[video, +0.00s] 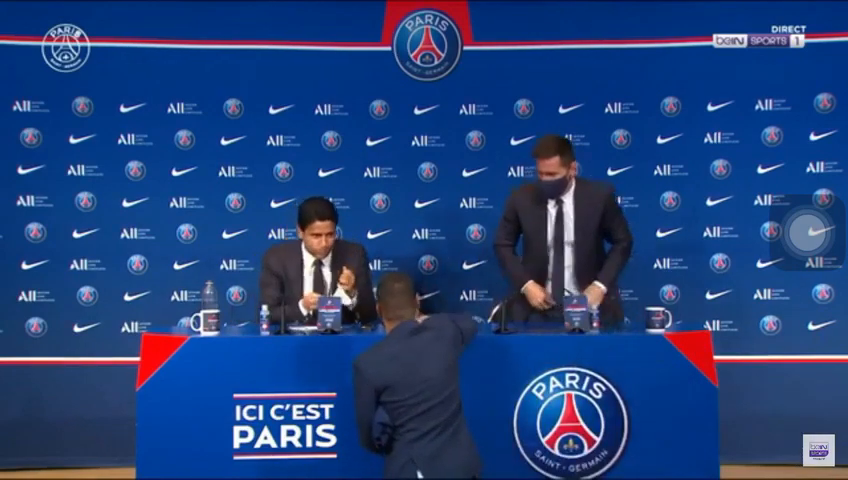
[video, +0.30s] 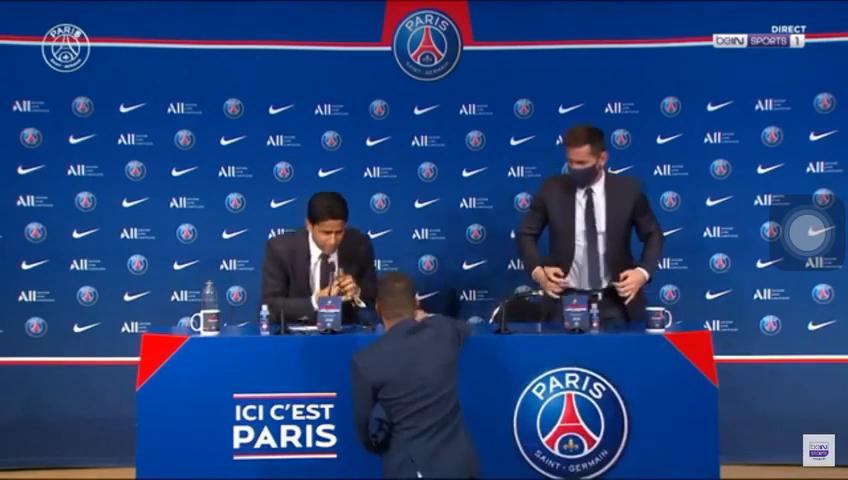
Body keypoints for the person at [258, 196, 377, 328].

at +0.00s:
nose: (324, 243)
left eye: (329, 235)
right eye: (316, 236)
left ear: (336, 231)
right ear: (300, 232)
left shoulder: (353, 254)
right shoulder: (277, 257)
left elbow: (369, 316)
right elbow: (269, 314)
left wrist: (351, 294)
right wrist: (302, 308)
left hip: (343, 344)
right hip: (295, 345)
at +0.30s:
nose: (333, 241)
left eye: (338, 232)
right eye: (326, 233)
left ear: (345, 226)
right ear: (309, 226)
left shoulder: (359, 244)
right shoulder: (280, 249)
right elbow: (271, 307)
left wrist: (357, 294)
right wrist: (316, 302)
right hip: (297, 340)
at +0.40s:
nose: (334, 235)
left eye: (340, 227)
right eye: (328, 227)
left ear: (347, 220)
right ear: (312, 220)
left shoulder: (361, 237)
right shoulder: (282, 240)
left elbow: (372, 289)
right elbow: (270, 297)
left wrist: (358, 288)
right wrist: (315, 300)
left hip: (348, 334)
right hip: (298, 336)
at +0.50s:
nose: (337, 226)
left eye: (343, 218)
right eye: (331, 218)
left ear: (350, 212)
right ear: (315, 210)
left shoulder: (363, 226)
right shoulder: (283, 229)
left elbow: (373, 272)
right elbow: (268, 282)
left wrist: (361, 278)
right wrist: (312, 295)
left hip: (346, 326)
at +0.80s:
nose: (339, 211)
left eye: (345, 203)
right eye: (333, 203)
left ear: (352, 196)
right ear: (316, 194)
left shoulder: (361, 209)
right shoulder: (283, 212)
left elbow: (368, 251)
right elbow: (265, 262)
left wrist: (362, 282)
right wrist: (301, 289)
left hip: (339, 310)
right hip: (291, 312)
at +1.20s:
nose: (338, 201)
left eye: (344, 194)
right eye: (332, 194)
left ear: (350, 186)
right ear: (314, 183)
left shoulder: (357, 203)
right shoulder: (277, 202)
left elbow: (358, 255)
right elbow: (260, 254)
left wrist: (346, 299)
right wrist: (289, 289)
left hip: (330, 292)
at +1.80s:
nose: (337, 190)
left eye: (343, 182)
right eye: (331, 182)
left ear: (348, 176)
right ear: (313, 172)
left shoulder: (355, 197)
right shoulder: (276, 196)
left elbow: (360, 251)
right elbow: (258, 250)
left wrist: (362, 302)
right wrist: (281, 292)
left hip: (329, 287)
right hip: (283, 289)